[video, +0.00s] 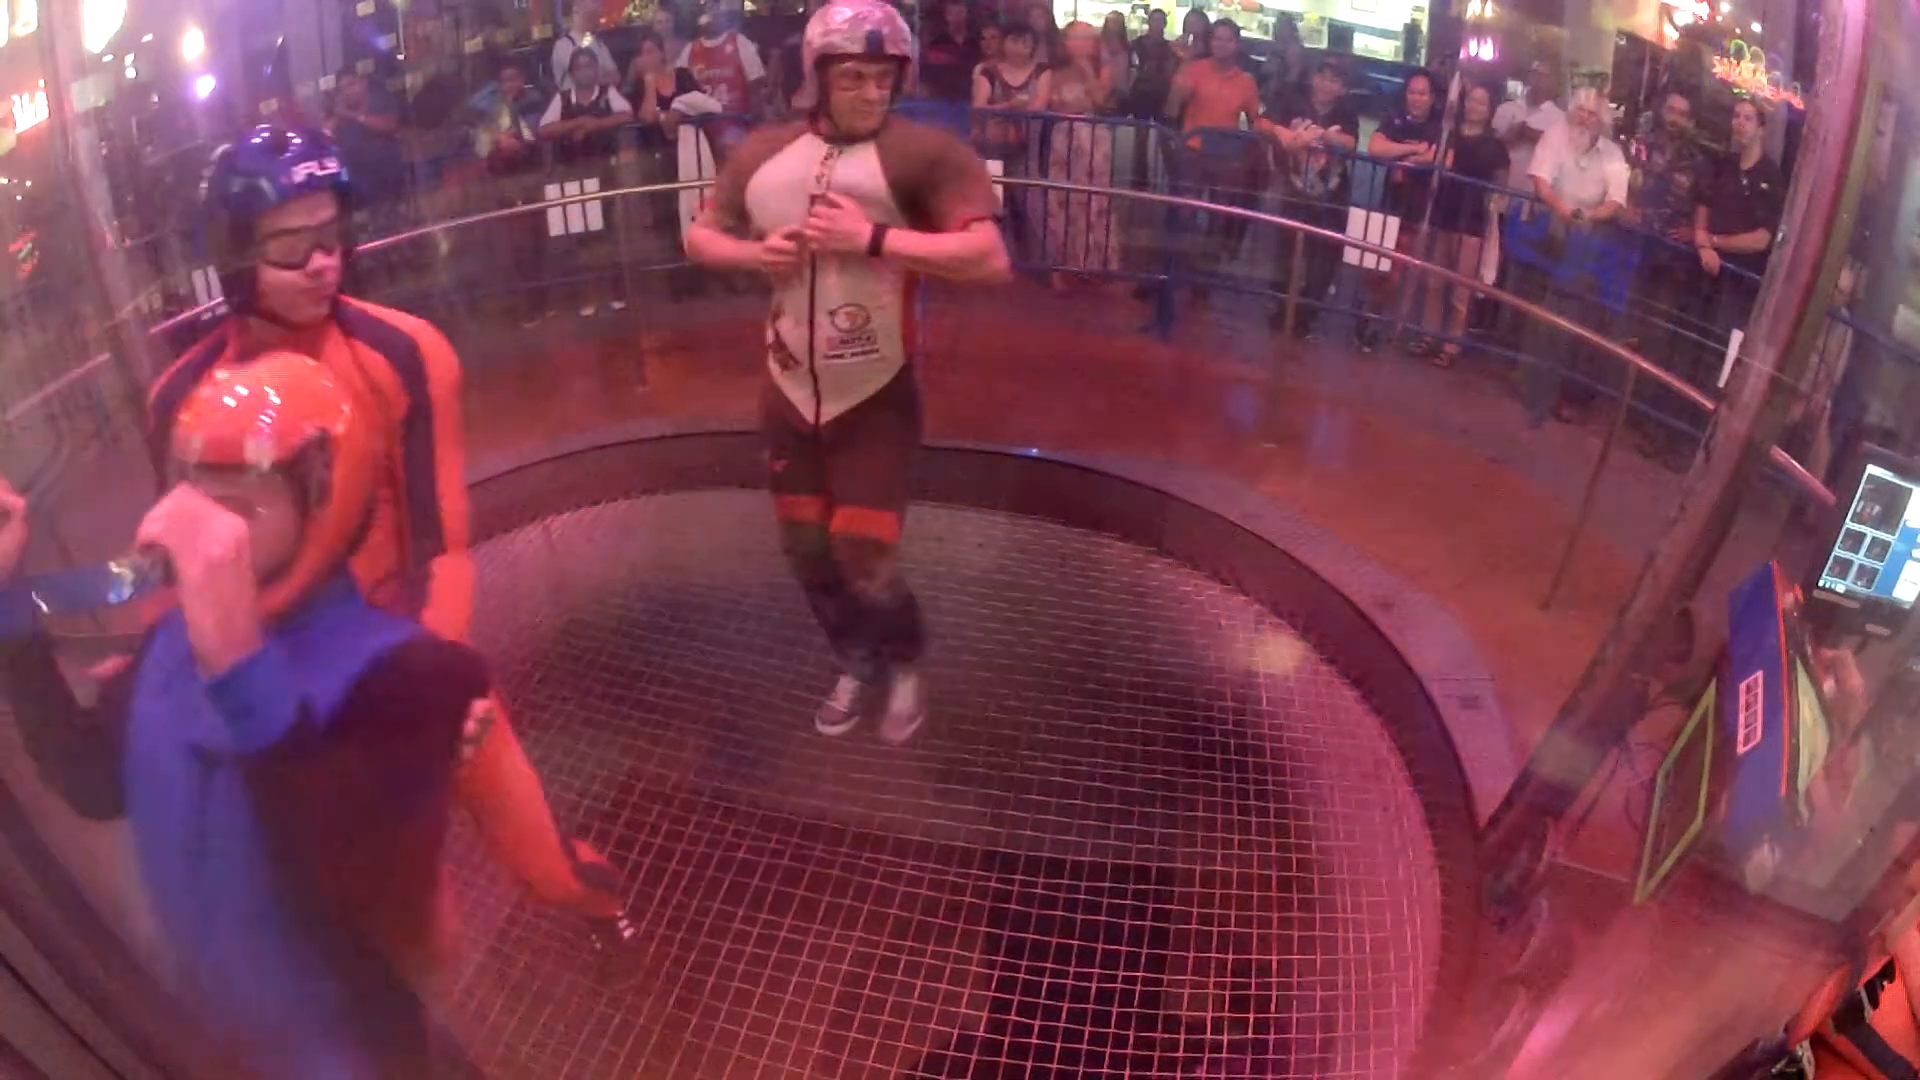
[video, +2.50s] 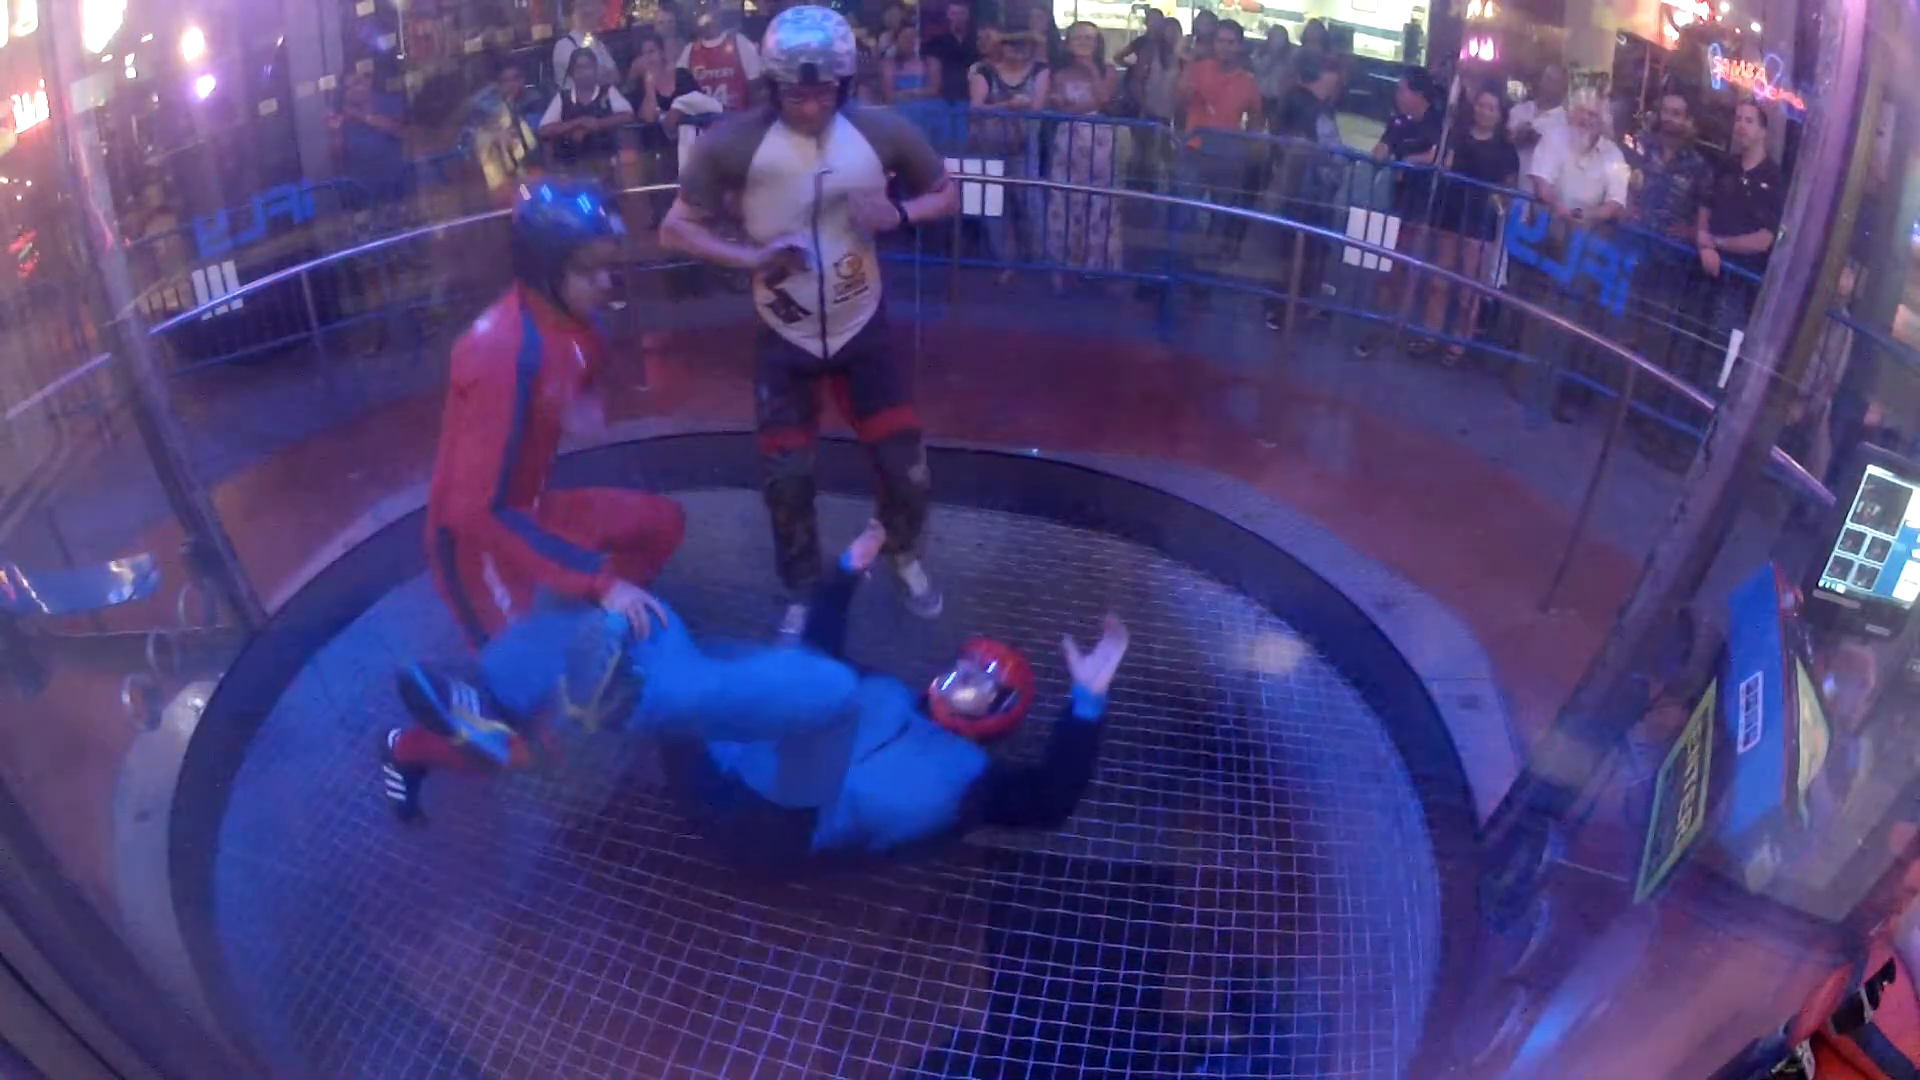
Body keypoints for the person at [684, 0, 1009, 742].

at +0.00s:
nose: (869, 91)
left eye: (882, 77)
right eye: (852, 77)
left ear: (897, 81)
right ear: (821, 79)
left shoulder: (926, 155)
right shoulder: (765, 154)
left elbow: (990, 258)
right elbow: (697, 238)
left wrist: (872, 237)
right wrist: (754, 252)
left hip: (877, 391)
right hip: (789, 390)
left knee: (862, 560)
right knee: (805, 549)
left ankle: (903, 662)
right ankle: (854, 664)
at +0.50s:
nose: (878, 81)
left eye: (895, 68)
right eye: (865, 66)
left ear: (925, 70)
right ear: (846, 64)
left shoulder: (973, 138)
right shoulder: (808, 137)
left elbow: (1059, 227)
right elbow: (764, 228)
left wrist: (959, 235)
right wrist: (822, 238)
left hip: (919, 357)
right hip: (832, 356)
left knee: (911, 495)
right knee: (831, 508)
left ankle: (917, 596)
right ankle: (855, 652)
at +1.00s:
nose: (877, 79)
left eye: (893, 68)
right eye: (866, 66)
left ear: (923, 66)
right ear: (851, 64)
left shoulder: (973, 130)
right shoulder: (823, 124)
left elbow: (1047, 219)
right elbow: (754, 193)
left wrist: (950, 225)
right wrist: (820, 225)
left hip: (931, 339)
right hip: (849, 337)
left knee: (922, 487)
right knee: (839, 489)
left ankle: (915, 596)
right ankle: (855, 640)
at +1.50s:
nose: (852, 95)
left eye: (867, 81)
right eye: (839, 81)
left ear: (895, 72)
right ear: (821, 73)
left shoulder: (945, 120)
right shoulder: (795, 122)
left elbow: (1029, 193)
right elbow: (732, 205)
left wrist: (947, 207)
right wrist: (800, 231)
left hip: (912, 329)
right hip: (830, 331)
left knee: (911, 477)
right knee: (822, 485)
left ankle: (917, 596)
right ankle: (849, 622)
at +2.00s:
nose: (783, 102)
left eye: (796, 89)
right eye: (769, 90)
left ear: (821, 80)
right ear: (751, 86)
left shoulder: (873, 132)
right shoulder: (724, 146)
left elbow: (959, 190)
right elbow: (658, 222)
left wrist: (896, 198)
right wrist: (731, 235)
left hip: (858, 339)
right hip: (776, 346)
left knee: (887, 490)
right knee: (779, 492)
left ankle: (890, 599)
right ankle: (797, 599)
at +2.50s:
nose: (810, 103)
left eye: (822, 90)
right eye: (796, 91)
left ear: (843, 82)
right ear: (774, 83)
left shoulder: (881, 133)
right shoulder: (733, 144)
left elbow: (947, 194)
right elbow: (673, 227)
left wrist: (900, 213)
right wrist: (749, 260)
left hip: (866, 329)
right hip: (784, 337)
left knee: (908, 474)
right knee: (787, 481)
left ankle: (903, 557)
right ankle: (801, 599)